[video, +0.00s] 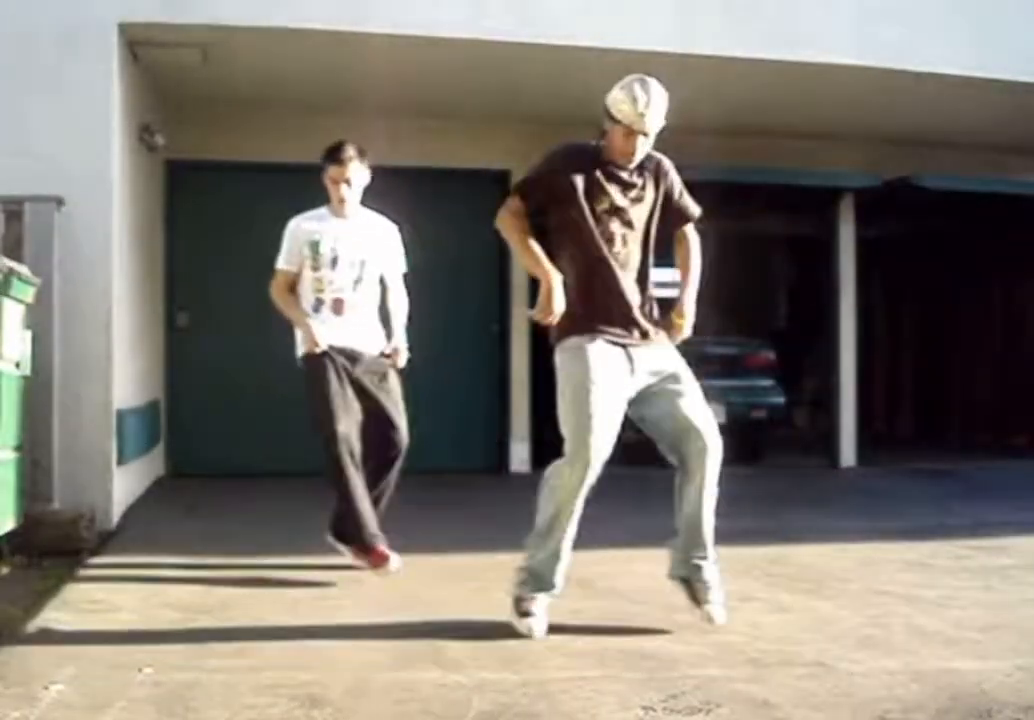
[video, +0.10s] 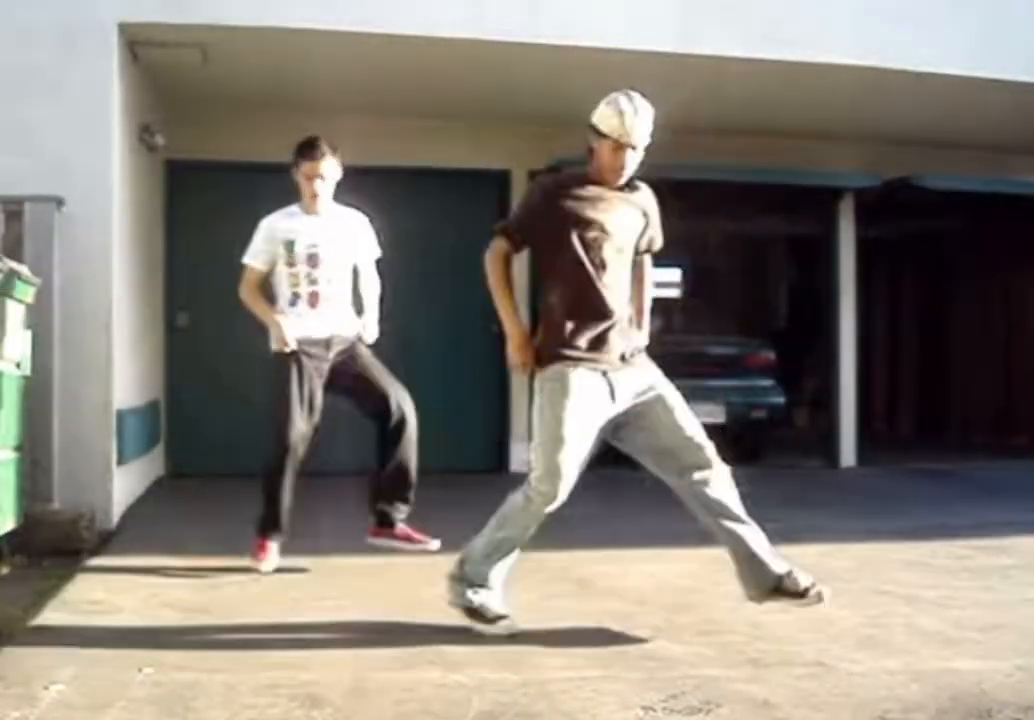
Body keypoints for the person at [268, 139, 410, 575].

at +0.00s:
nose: (343, 189)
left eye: (351, 181)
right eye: (336, 181)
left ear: (365, 181)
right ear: (325, 181)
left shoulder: (385, 231)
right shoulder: (302, 228)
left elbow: (396, 290)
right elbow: (280, 288)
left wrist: (398, 335)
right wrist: (304, 325)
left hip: (373, 348)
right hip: (326, 347)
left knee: (394, 438)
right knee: (343, 439)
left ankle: (350, 525)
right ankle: (369, 538)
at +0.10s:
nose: (317, 186)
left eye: (324, 177)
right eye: (309, 177)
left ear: (337, 176)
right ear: (296, 177)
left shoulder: (356, 224)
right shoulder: (275, 227)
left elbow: (369, 278)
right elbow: (248, 288)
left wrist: (370, 322)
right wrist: (274, 320)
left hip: (347, 340)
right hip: (300, 343)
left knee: (399, 409)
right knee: (292, 436)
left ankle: (390, 520)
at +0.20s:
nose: (294, 203)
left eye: (300, 193)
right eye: (285, 194)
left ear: (308, 194)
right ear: (268, 195)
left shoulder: (324, 240)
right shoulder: (248, 249)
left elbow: (328, 295)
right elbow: (223, 311)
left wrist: (341, 334)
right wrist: (252, 344)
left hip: (327, 364)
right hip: (279, 370)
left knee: (382, 432)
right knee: (240, 457)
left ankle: (435, 529)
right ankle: (178, 535)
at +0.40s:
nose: (286, 204)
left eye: (292, 195)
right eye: (277, 196)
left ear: (300, 196)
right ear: (260, 199)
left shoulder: (317, 239)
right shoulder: (246, 252)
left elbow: (316, 287)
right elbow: (211, 309)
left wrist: (349, 300)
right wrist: (250, 341)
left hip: (329, 364)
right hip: (278, 369)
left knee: (374, 442)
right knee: (237, 451)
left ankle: (417, 536)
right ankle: (184, 537)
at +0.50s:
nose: (316, 185)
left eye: (323, 176)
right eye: (307, 177)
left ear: (336, 176)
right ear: (295, 180)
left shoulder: (355, 218)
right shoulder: (278, 226)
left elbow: (360, 258)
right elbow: (245, 281)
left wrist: (397, 276)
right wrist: (279, 313)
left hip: (356, 338)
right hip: (305, 340)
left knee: (399, 416)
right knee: (277, 432)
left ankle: (388, 520)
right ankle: (251, 529)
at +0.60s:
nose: (345, 194)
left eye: (352, 185)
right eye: (338, 186)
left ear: (366, 185)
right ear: (326, 188)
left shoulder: (388, 233)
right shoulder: (306, 234)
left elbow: (394, 282)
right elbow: (280, 286)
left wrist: (409, 313)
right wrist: (297, 321)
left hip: (373, 344)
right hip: (323, 343)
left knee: (390, 434)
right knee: (325, 432)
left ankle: (348, 512)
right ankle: (350, 520)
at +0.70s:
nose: (378, 204)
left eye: (385, 195)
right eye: (371, 196)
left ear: (400, 194)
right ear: (360, 197)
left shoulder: (420, 241)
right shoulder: (342, 243)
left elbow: (442, 305)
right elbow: (313, 297)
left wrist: (452, 278)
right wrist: (334, 331)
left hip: (403, 358)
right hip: (357, 353)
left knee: (393, 453)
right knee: (370, 446)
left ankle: (336, 522)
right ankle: (406, 536)